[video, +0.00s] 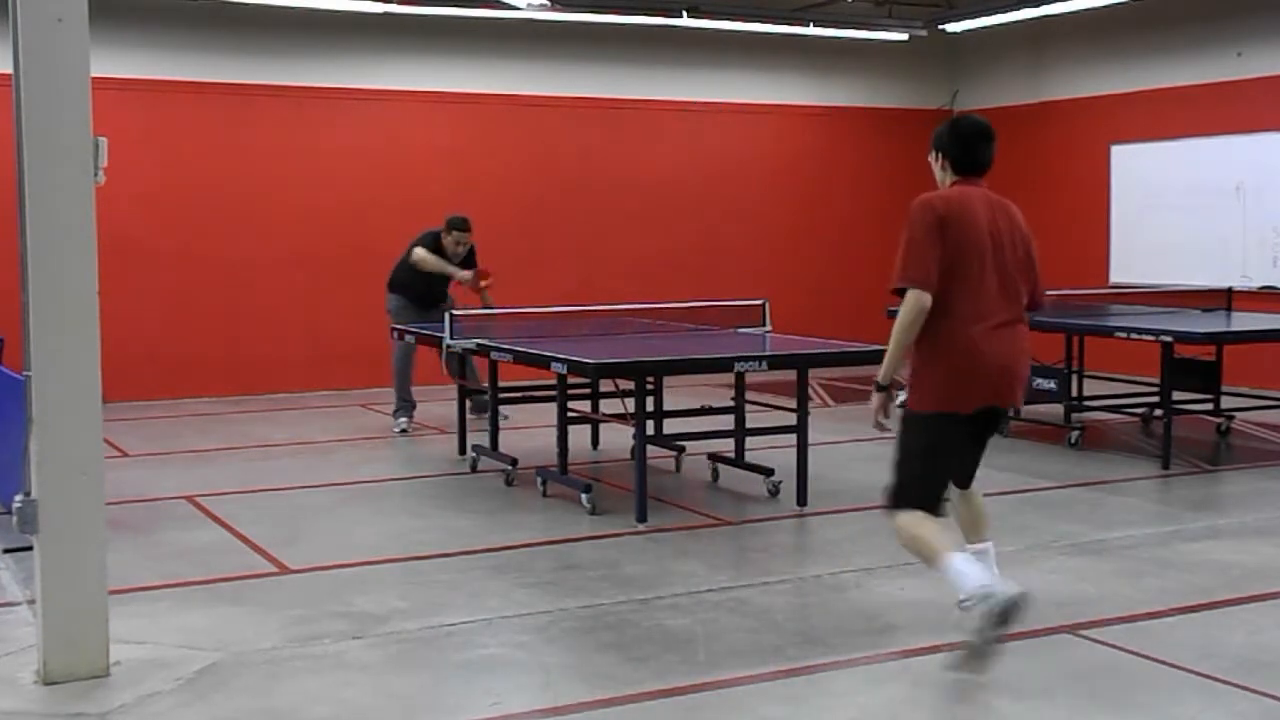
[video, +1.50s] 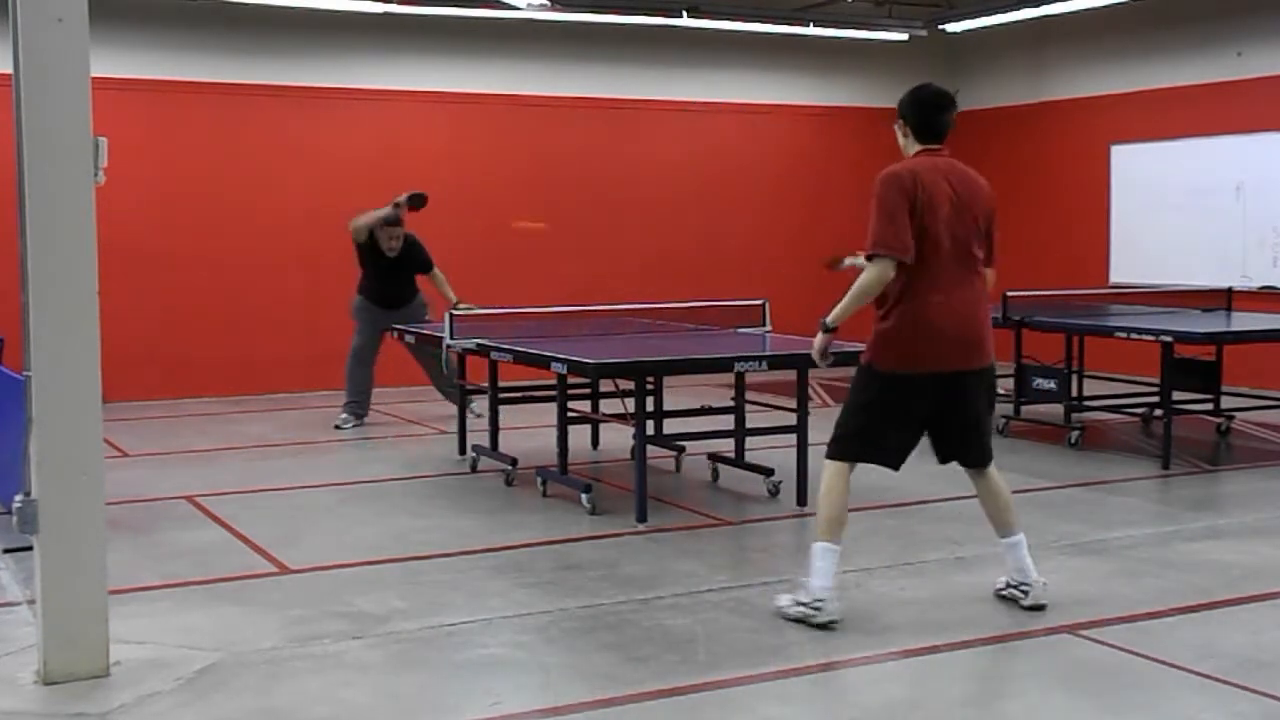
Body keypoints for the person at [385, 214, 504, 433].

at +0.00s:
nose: (462, 250)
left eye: (466, 244)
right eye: (457, 243)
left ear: (471, 240)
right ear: (445, 236)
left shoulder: (467, 251)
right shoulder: (429, 241)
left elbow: (473, 280)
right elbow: (417, 257)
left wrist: (487, 302)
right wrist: (457, 273)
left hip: (437, 302)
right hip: (405, 299)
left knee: (457, 349)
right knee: (405, 347)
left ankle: (479, 402)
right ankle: (403, 412)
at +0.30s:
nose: (468, 248)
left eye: (472, 243)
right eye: (464, 242)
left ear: (476, 239)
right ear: (450, 234)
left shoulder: (465, 252)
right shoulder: (432, 245)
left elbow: (459, 275)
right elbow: (411, 273)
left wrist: (462, 299)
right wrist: (440, 299)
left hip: (428, 302)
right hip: (398, 298)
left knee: (445, 351)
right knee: (399, 353)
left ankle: (461, 402)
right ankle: (402, 412)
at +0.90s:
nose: (457, 214)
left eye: (460, 208)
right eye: (452, 208)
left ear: (465, 209)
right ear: (439, 207)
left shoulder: (466, 233)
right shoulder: (419, 227)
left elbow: (473, 263)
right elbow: (391, 254)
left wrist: (482, 289)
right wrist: (410, 287)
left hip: (440, 300)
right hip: (405, 299)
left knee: (451, 351)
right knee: (391, 350)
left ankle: (464, 403)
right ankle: (374, 407)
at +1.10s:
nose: (424, 223)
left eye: (429, 217)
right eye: (419, 218)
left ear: (436, 217)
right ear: (410, 219)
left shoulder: (450, 240)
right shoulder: (402, 238)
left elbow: (472, 265)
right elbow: (392, 257)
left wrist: (475, 293)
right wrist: (380, 278)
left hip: (442, 310)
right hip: (406, 307)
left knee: (463, 353)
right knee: (389, 351)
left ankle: (478, 404)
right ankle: (364, 405)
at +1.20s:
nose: (405, 228)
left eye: (410, 223)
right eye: (399, 223)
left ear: (418, 222)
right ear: (392, 224)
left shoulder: (436, 244)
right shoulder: (388, 244)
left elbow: (462, 268)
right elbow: (381, 268)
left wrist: (469, 297)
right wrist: (364, 277)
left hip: (435, 315)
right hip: (399, 313)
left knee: (456, 359)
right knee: (379, 356)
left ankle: (479, 404)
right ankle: (357, 409)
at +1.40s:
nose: (392, 242)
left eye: (397, 237)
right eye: (387, 237)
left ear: (402, 234)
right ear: (378, 235)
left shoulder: (414, 246)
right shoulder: (368, 243)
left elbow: (435, 274)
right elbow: (352, 264)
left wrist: (452, 300)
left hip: (415, 310)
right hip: (378, 310)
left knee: (437, 356)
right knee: (364, 353)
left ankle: (472, 400)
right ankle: (354, 411)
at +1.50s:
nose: (393, 244)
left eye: (398, 238)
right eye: (389, 238)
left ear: (403, 235)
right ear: (377, 236)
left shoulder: (411, 246)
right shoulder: (366, 245)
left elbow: (433, 273)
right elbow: (356, 227)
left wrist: (455, 301)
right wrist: (391, 210)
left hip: (409, 309)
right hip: (372, 309)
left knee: (434, 355)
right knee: (361, 353)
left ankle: (464, 400)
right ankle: (354, 411)